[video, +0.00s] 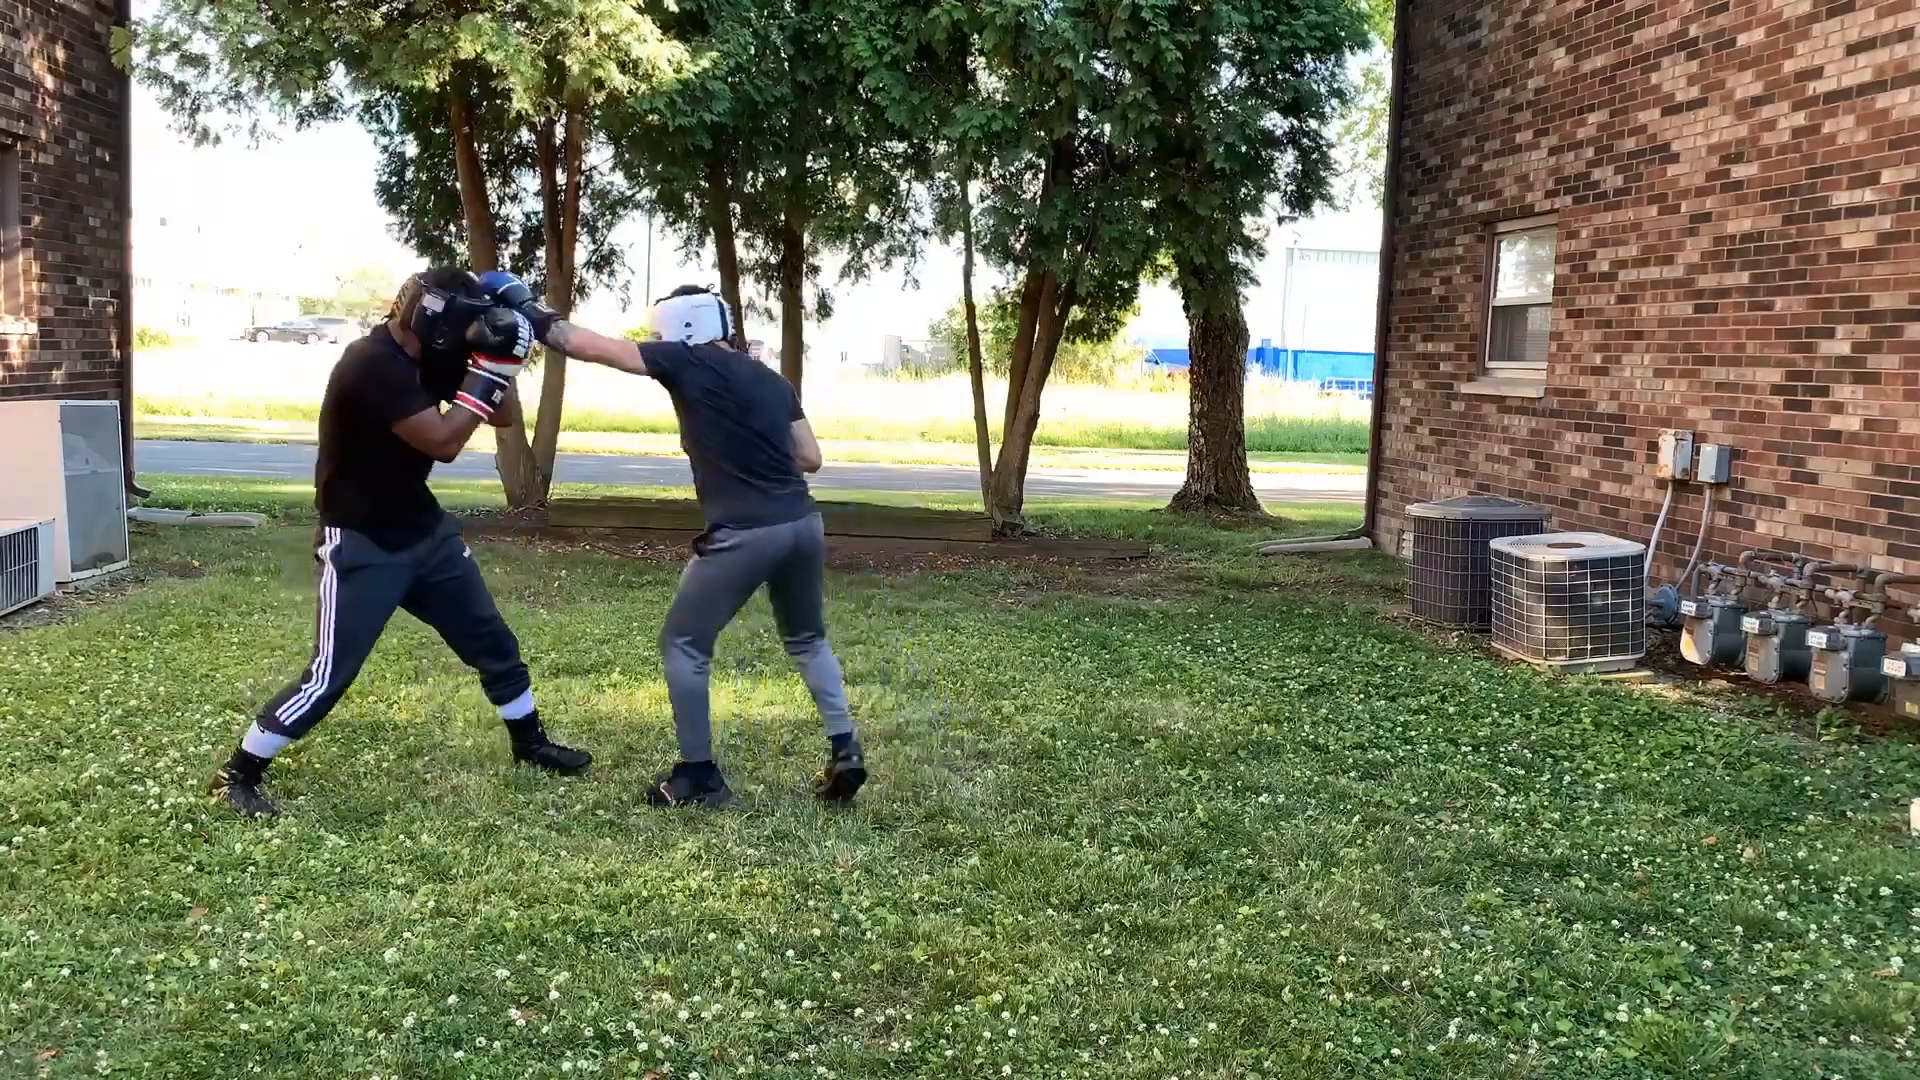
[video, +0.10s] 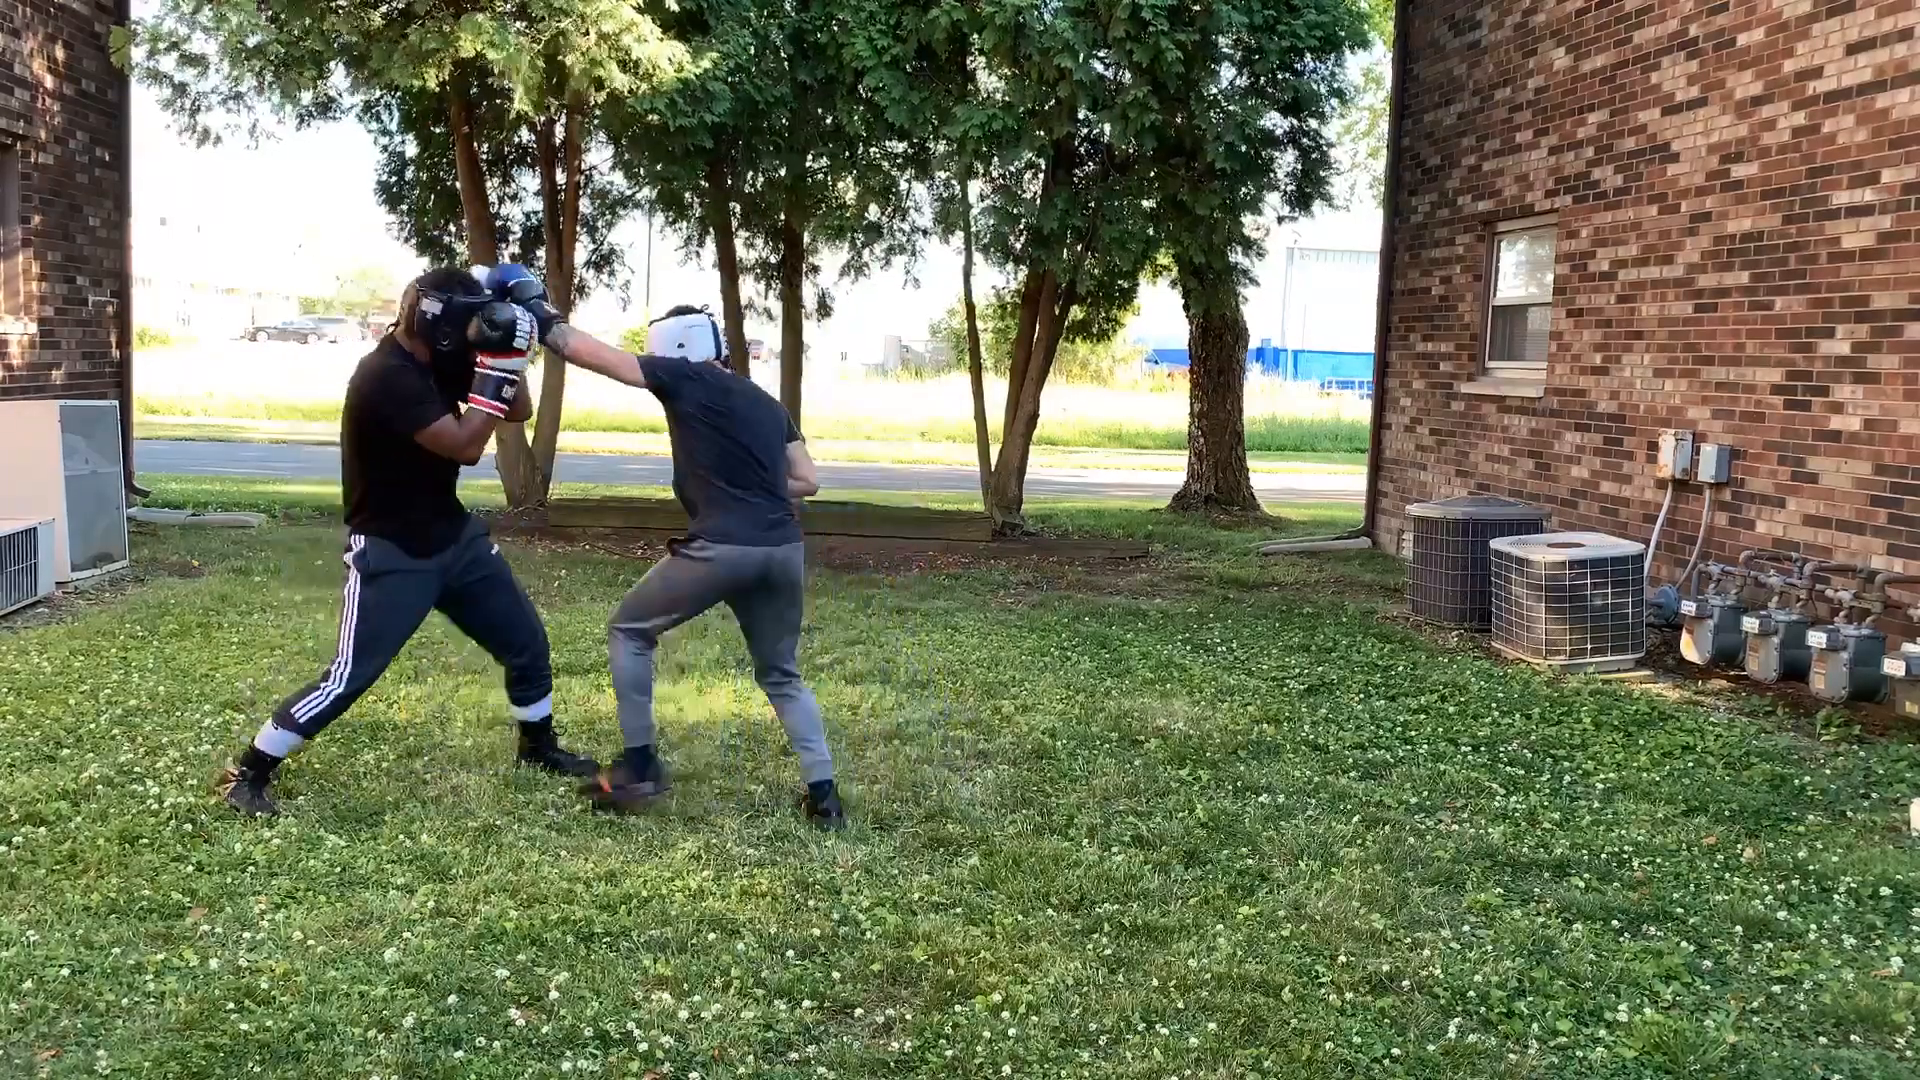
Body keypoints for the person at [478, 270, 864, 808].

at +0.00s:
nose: (661, 341)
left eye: (665, 334)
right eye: (662, 335)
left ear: (685, 332)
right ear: (723, 331)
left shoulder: (684, 358)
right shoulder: (771, 380)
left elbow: (588, 346)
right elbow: (810, 458)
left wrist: (528, 311)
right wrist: (755, 440)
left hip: (741, 536)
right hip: (804, 527)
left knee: (685, 642)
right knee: (809, 639)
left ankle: (698, 771)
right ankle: (846, 748)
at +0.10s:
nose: (652, 362)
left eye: (656, 354)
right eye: (652, 354)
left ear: (678, 353)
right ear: (717, 353)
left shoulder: (682, 376)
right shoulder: (766, 403)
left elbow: (586, 351)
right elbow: (804, 481)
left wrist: (532, 307)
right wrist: (745, 481)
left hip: (720, 548)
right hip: (783, 553)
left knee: (631, 629)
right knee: (782, 673)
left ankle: (639, 767)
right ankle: (825, 793)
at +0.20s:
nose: (641, 396)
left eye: (644, 388)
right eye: (641, 388)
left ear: (659, 385)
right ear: (709, 383)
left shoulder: (663, 406)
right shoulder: (753, 434)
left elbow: (574, 376)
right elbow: (799, 516)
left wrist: (534, 335)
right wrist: (744, 539)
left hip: (696, 577)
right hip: (767, 582)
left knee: (598, 658)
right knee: (781, 688)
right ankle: (821, 801)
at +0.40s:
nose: (571, 393)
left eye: (575, 382)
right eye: (572, 382)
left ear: (597, 381)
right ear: (626, 379)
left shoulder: (630, 420)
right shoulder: (650, 424)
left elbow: (607, 488)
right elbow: (595, 491)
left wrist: (558, 456)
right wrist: (541, 482)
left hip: (679, 586)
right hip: (719, 585)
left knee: (566, 658)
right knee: (721, 708)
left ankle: (538, 792)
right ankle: (816, 792)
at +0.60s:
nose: (541, 357)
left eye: (544, 347)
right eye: (541, 347)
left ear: (563, 349)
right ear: (608, 349)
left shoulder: (569, 395)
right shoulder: (642, 400)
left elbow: (524, 461)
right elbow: (640, 481)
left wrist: (473, 452)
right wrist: (575, 503)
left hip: (600, 572)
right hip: (670, 564)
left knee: (546, 662)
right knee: (724, 668)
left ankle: (543, 789)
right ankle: (790, 774)